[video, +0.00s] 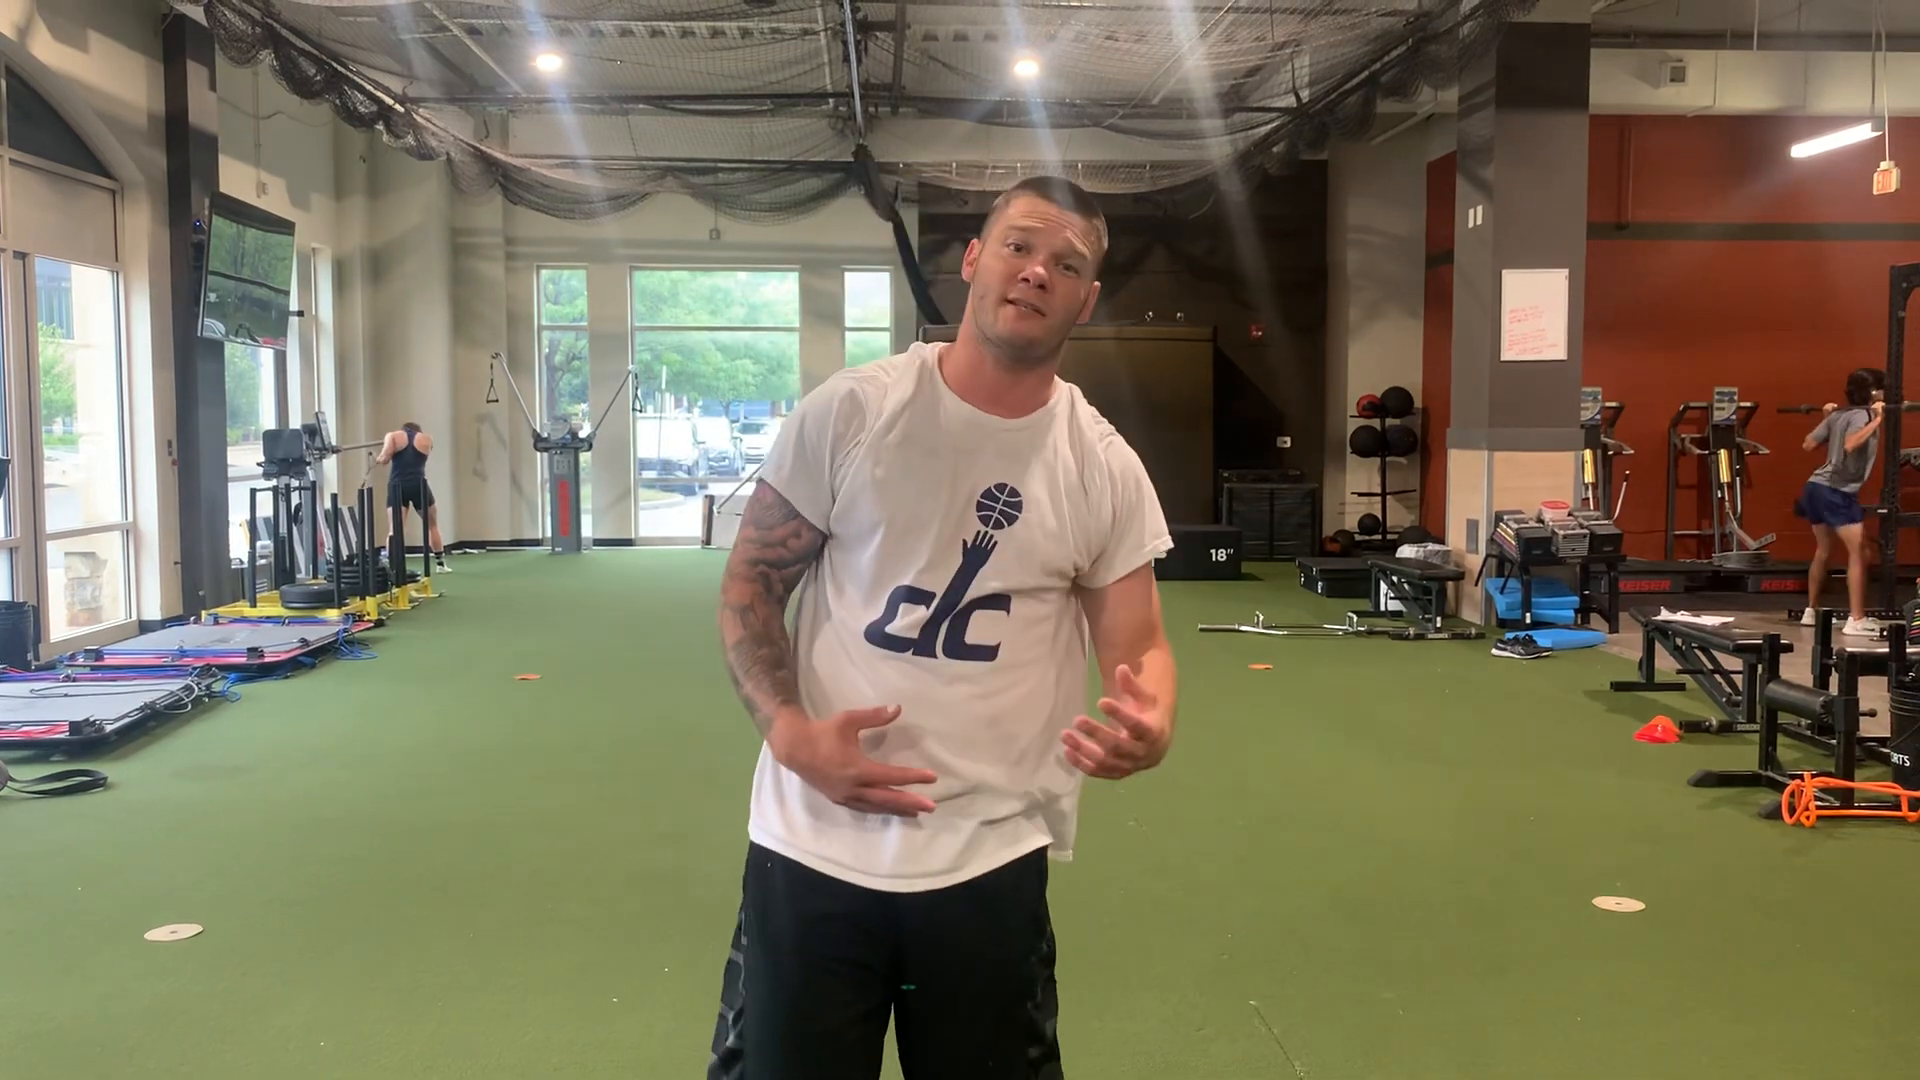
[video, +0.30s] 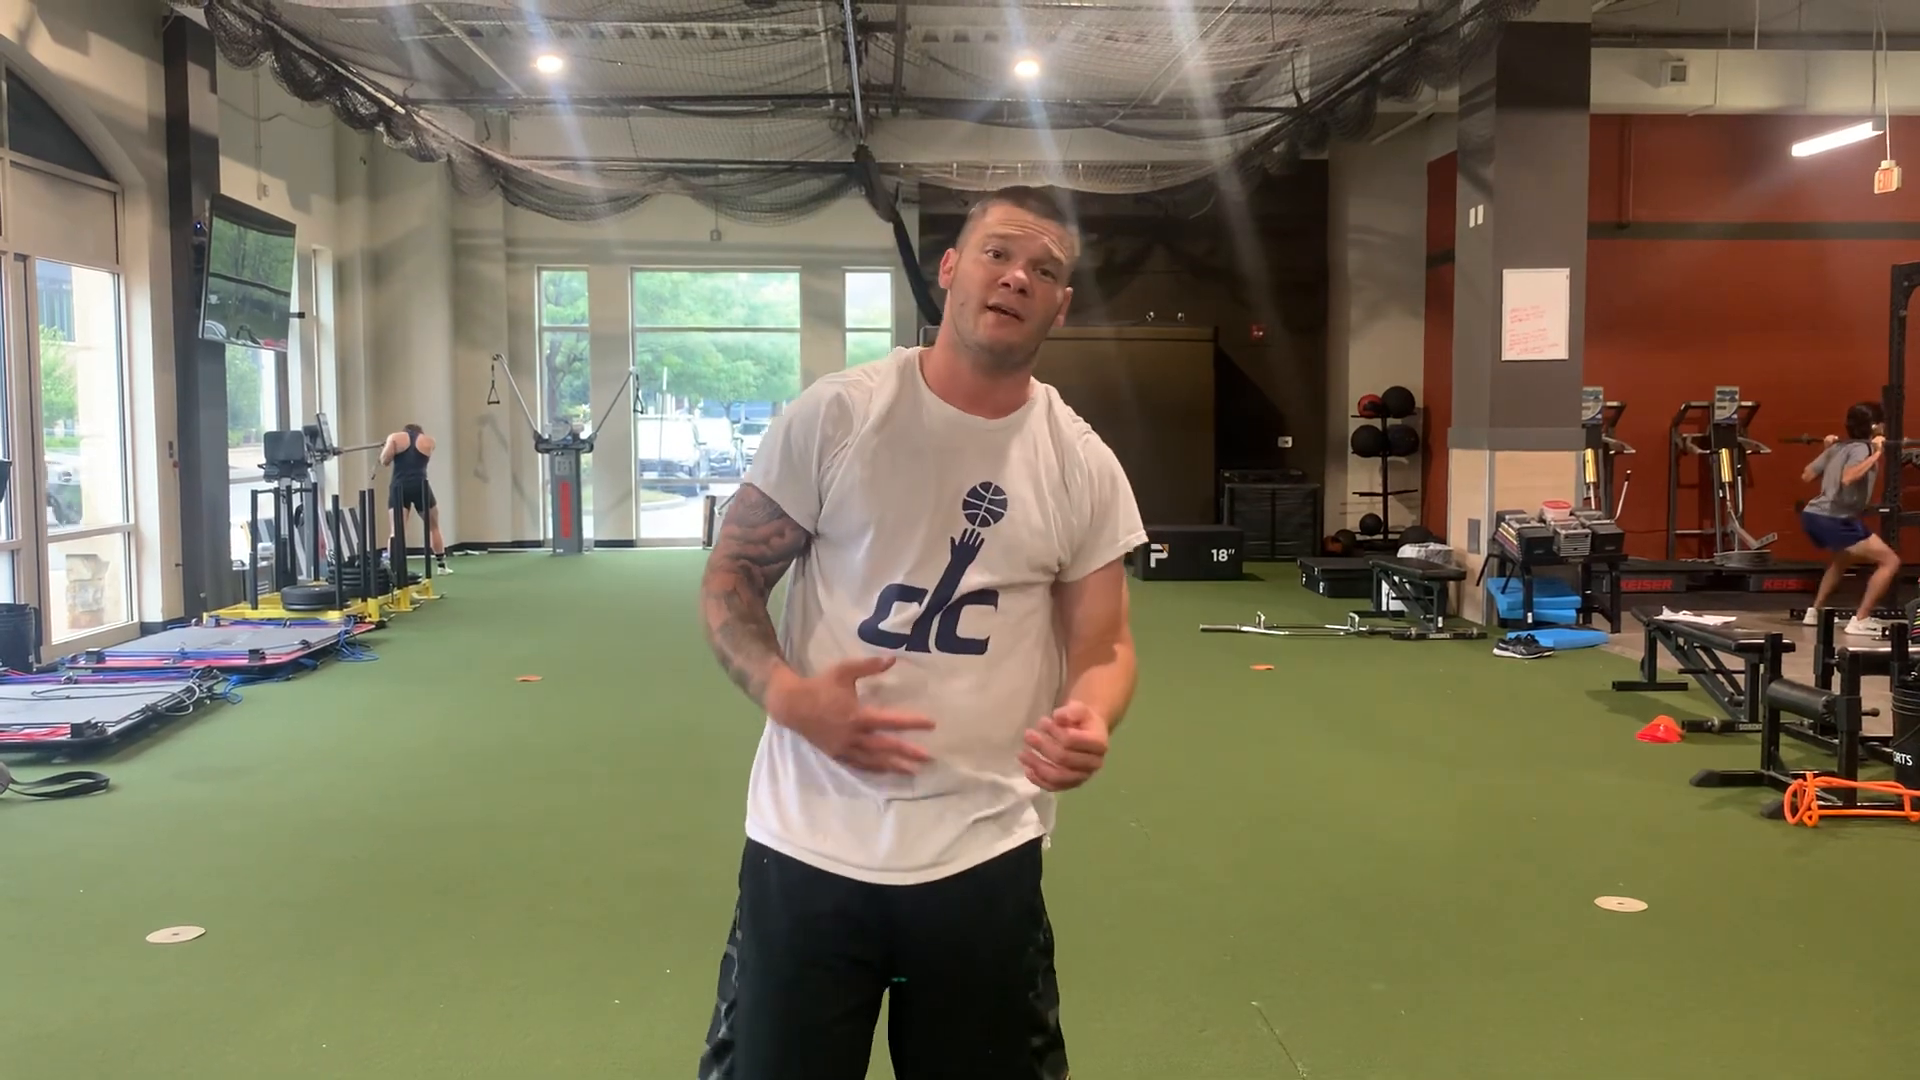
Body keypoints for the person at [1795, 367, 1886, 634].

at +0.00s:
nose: (1883, 396)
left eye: (1883, 391)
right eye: (1881, 391)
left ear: (1852, 393)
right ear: (1870, 393)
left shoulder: (1837, 416)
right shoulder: (1862, 416)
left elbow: (1808, 444)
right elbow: (1850, 444)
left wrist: (1826, 416)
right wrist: (1877, 419)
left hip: (1815, 488)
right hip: (1837, 493)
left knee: (1822, 550)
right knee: (1857, 551)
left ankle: (1810, 610)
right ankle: (1857, 619)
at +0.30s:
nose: (1882, 430)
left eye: (1882, 426)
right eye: (1880, 425)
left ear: (1850, 425)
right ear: (1871, 428)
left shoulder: (1838, 448)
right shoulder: (1861, 449)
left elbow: (1807, 475)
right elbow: (1847, 477)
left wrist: (1826, 450)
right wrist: (1876, 455)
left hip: (1813, 516)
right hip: (1837, 522)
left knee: (1841, 560)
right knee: (1890, 561)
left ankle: (1814, 611)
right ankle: (1860, 619)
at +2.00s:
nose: (1888, 468)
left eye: (1888, 462)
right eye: (1886, 463)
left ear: (1857, 465)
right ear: (1877, 467)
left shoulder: (1842, 485)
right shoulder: (1866, 487)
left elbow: (1811, 513)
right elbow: (1849, 515)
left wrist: (1833, 488)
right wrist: (1880, 493)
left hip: (1813, 551)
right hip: (1838, 556)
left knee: (1851, 571)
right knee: (1902, 572)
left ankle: (1819, 615)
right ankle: (1864, 624)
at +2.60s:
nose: (1891, 429)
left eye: (1891, 425)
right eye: (1889, 424)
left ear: (1861, 424)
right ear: (1881, 426)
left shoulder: (1846, 448)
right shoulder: (1870, 448)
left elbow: (1816, 475)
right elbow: (1855, 475)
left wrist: (1834, 449)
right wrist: (1884, 453)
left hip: (1824, 517)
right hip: (1846, 521)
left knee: (1848, 566)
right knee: (1894, 568)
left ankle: (1821, 620)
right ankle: (1868, 628)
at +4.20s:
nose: (1912, 399)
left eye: (1912, 395)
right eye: (1911, 394)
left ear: (1883, 394)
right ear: (1903, 396)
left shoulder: (1864, 418)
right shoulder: (1890, 417)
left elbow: (1835, 447)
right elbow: (1877, 444)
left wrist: (1852, 418)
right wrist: (1905, 419)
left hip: (1858, 496)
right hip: (1880, 499)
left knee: (1857, 555)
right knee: (1875, 561)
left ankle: (1837, 613)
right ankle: (1876, 625)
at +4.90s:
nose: (1911, 399)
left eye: (1911, 395)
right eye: (1909, 395)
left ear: (1881, 393)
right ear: (1902, 396)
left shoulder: (1861, 416)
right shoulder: (1889, 416)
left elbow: (1831, 445)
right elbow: (1875, 443)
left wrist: (1849, 418)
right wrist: (1903, 419)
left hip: (1851, 496)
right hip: (1878, 499)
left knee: (1854, 556)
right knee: (1894, 558)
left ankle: (1852, 619)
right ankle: (1876, 621)